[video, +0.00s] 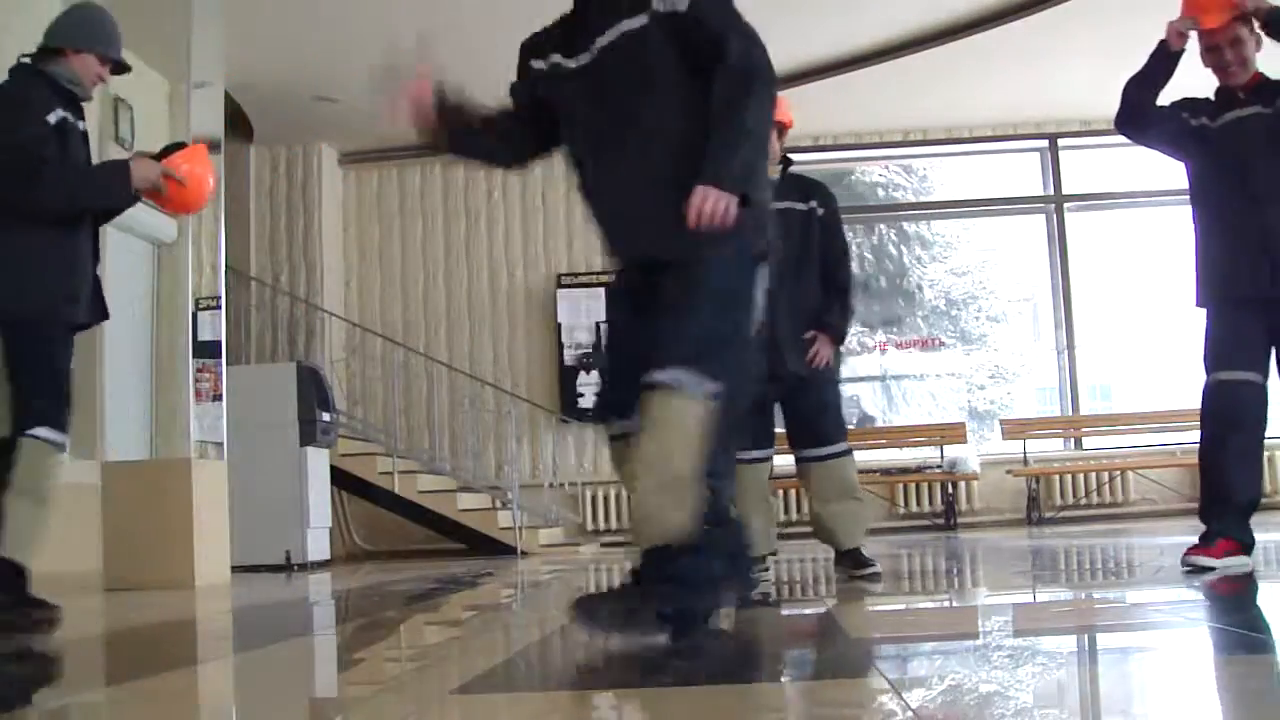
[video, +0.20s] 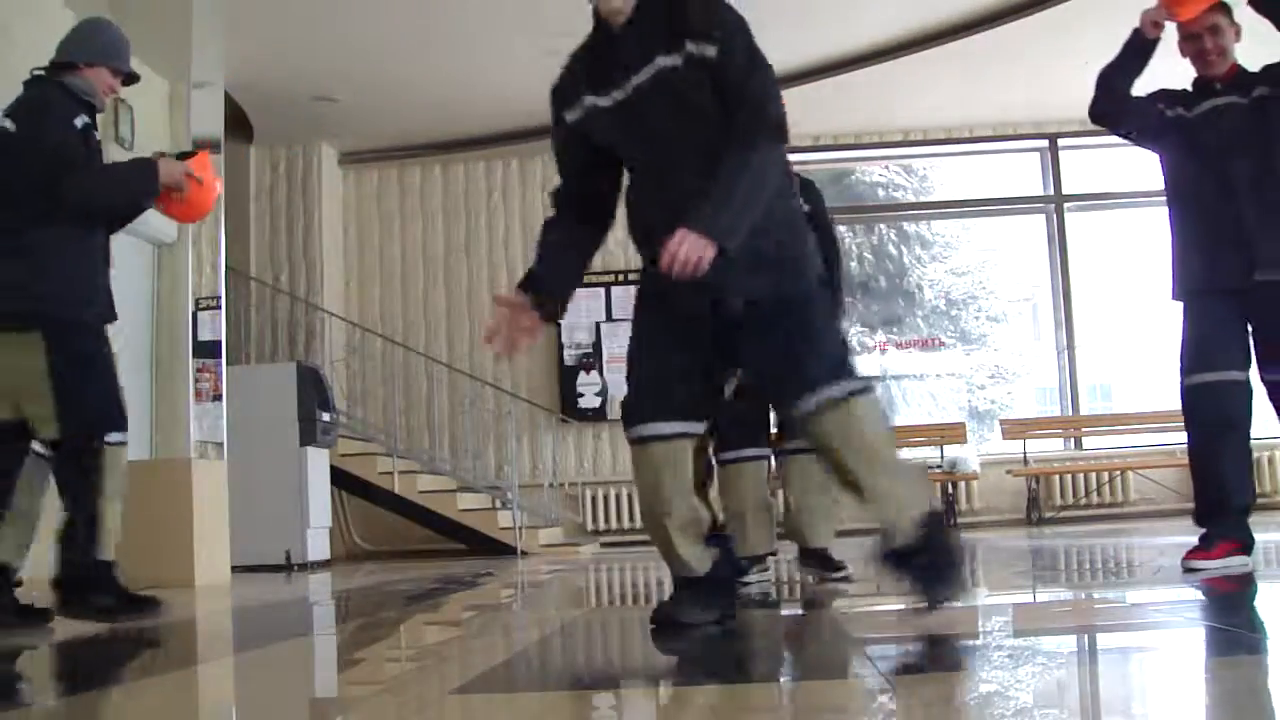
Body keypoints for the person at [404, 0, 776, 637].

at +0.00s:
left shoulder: (672, 4)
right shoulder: (548, 53)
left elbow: (747, 69)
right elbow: (525, 137)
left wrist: (724, 174)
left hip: (718, 236)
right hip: (645, 253)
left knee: (681, 402)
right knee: (631, 423)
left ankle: (673, 582)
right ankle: (713, 563)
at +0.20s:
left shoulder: (701, 16)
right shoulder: (578, 87)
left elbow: (762, 131)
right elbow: (584, 200)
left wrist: (710, 224)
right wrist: (540, 294)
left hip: (764, 246)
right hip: (673, 268)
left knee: (825, 396)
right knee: (655, 427)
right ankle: (702, 577)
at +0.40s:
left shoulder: (785, 4)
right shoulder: (618, 18)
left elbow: (853, 62)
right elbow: (579, 95)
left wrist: (802, 134)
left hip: (807, 238)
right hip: (697, 254)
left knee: (894, 360)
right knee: (685, 415)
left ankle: (944, 497)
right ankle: (683, 578)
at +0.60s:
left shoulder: (864, 38)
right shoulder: (686, 30)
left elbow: (926, 115)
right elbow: (598, 48)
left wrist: (948, 200)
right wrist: (520, 36)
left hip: (841, 292)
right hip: (726, 294)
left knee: (924, 423)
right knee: (653, 422)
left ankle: (987, 559)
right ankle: (570, 565)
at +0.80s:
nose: (917, 129)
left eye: (927, 117)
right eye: (907, 111)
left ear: (933, 104)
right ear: (867, 82)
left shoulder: (897, 166)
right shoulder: (798, 143)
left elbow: (906, 268)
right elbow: (846, 261)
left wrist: (947, 341)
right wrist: (946, 344)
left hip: (804, 328)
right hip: (710, 321)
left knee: (889, 440)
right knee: (668, 453)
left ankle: (970, 557)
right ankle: (539, 600)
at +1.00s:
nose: (1061, 284)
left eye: (1070, 271)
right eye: (1064, 265)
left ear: (1027, 219)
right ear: (1032, 234)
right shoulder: (943, 284)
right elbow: (982, 438)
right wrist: (1038, 597)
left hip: (737, 290)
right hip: (688, 293)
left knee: (724, 471)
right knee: (712, 484)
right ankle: (522, 566)